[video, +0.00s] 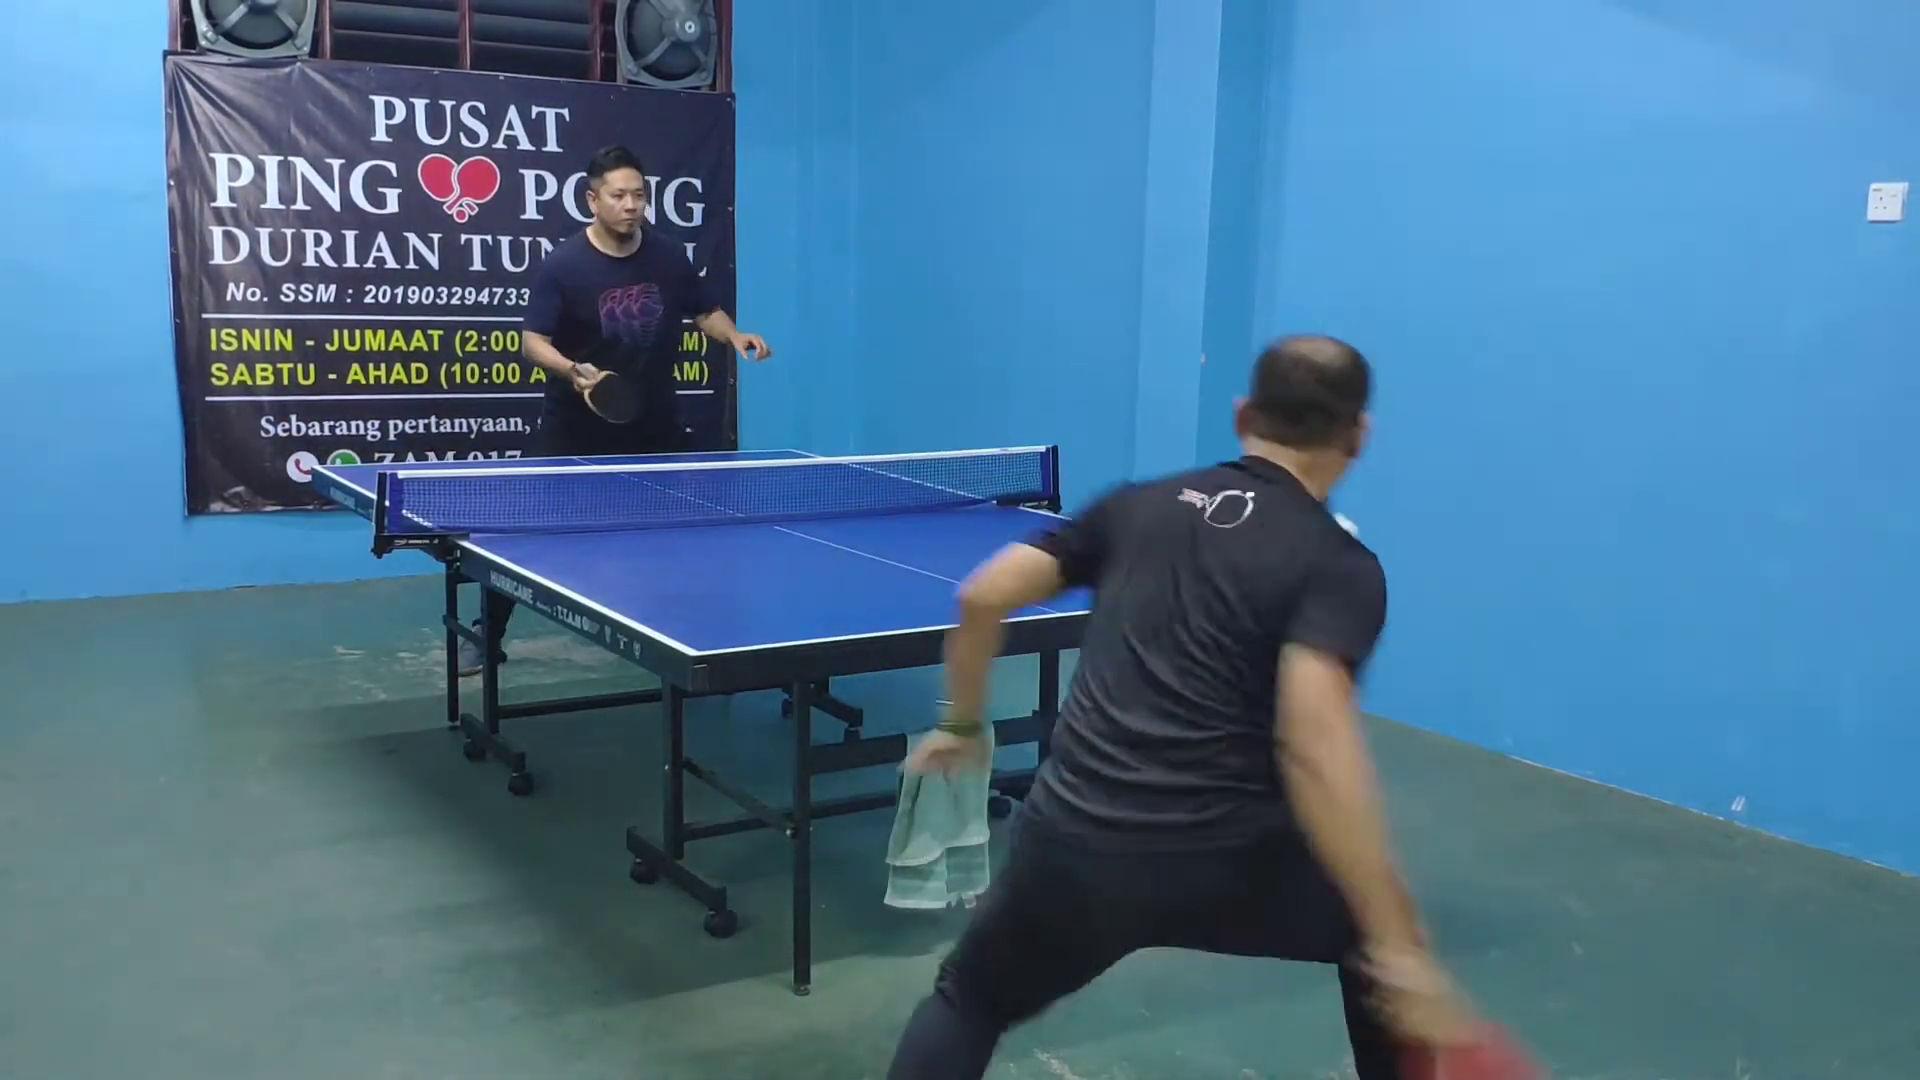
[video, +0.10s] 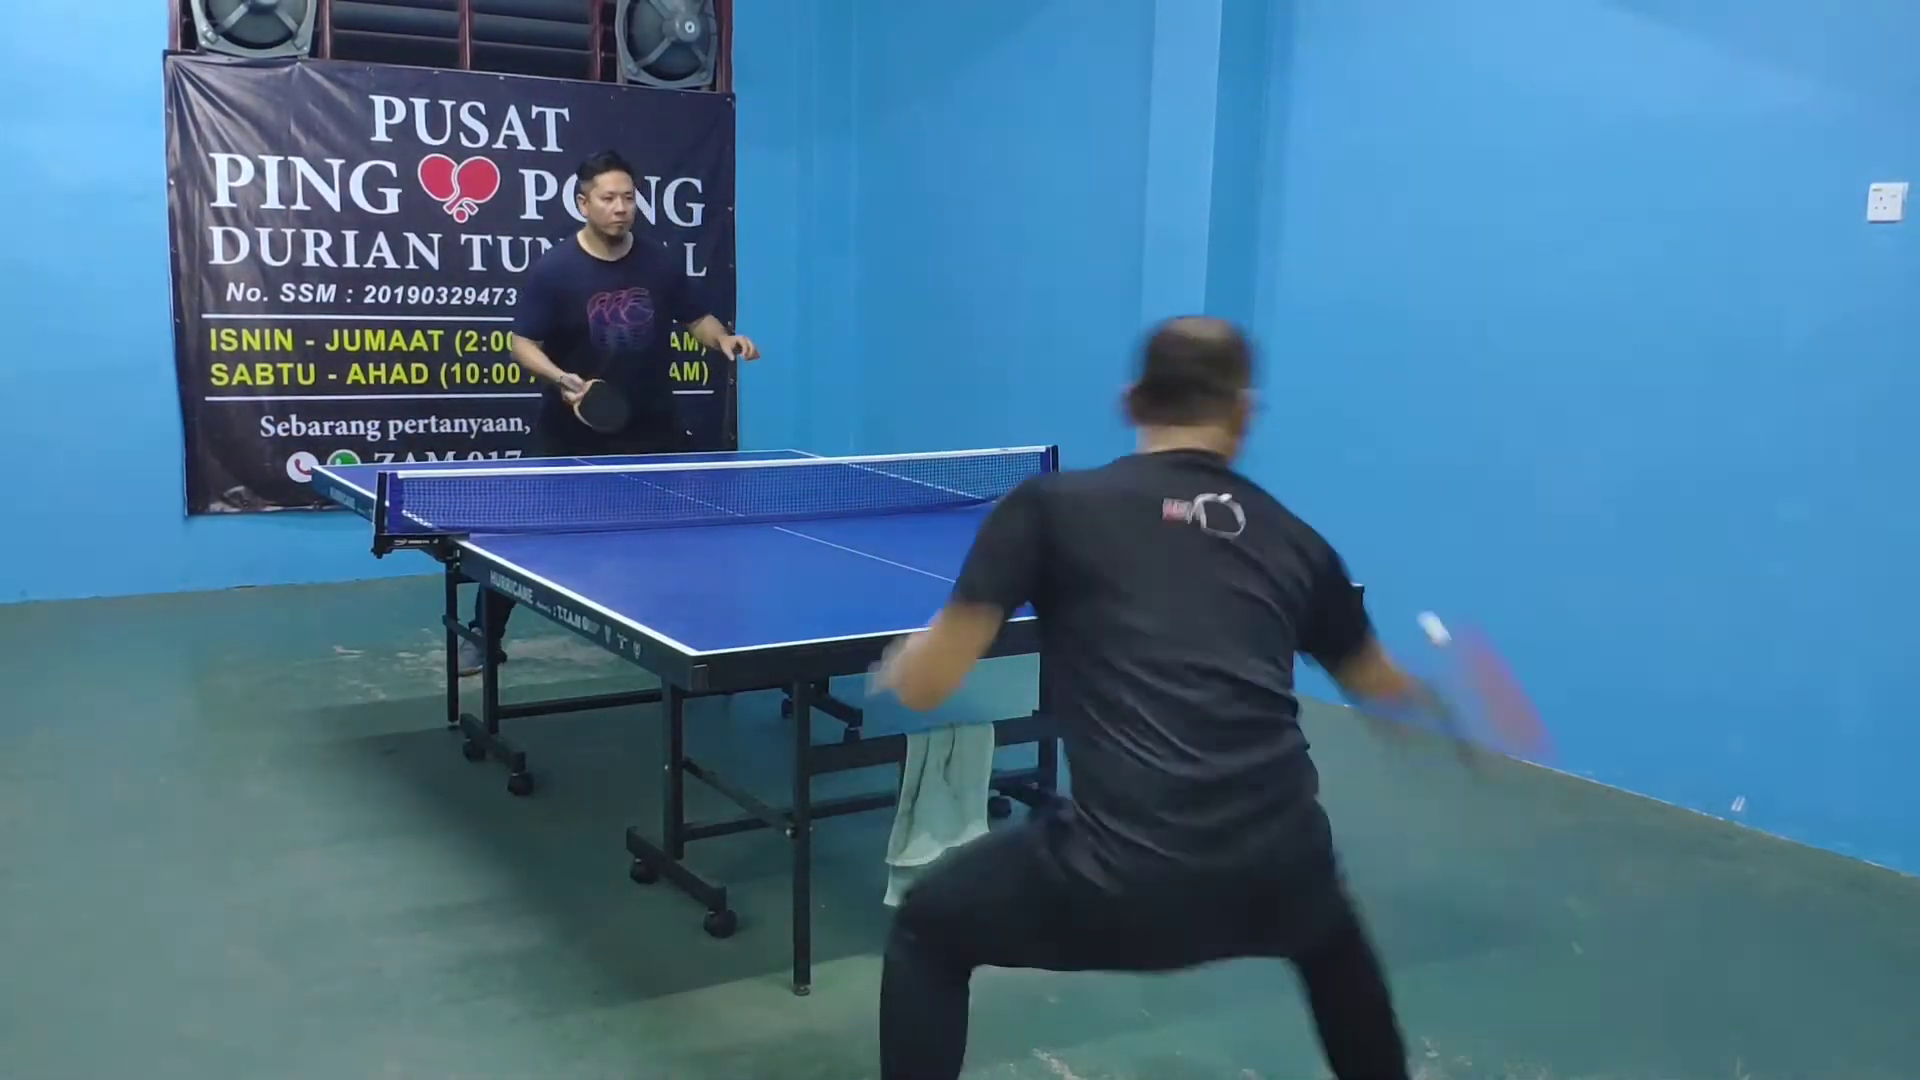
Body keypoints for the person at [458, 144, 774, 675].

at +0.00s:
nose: (631, 204)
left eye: (638, 194)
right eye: (619, 195)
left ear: (646, 198)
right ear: (592, 199)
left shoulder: (666, 254)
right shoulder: (563, 264)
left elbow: (703, 311)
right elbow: (533, 340)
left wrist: (735, 335)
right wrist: (570, 368)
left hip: (655, 422)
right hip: (575, 423)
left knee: (681, 520)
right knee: (527, 520)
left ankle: (692, 643)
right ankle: (489, 634)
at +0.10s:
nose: (621, 207)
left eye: (628, 197)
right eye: (609, 198)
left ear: (636, 201)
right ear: (582, 202)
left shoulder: (656, 259)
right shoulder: (554, 268)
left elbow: (694, 315)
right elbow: (521, 342)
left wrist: (723, 338)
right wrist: (561, 377)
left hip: (652, 427)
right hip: (572, 430)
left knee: (675, 527)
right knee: (526, 528)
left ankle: (690, 646)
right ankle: (488, 636)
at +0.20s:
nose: (610, 207)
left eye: (616, 197)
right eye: (597, 198)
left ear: (623, 201)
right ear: (572, 204)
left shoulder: (647, 260)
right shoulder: (545, 269)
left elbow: (688, 320)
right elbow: (508, 341)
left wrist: (715, 340)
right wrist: (549, 383)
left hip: (647, 427)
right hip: (566, 432)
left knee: (692, 516)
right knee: (522, 529)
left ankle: (702, 640)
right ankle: (485, 638)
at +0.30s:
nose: (593, 204)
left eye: (601, 194)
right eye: (581, 195)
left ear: (614, 200)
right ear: (560, 201)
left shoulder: (639, 257)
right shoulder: (535, 263)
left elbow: (677, 315)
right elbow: (486, 330)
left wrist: (711, 338)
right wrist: (512, 364)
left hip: (635, 424)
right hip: (559, 426)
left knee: (656, 526)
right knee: (516, 526)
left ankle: (673, 637)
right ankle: (478, 634)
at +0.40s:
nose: (555, 210)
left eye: (564, 200)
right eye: (545, 201)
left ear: (584, 204)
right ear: (532, 206)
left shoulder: (622, 255)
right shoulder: (512, 268)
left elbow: (667, 308)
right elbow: (453, 322)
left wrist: (710, 346)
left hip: (623, 417)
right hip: (546, 420)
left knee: (657, 519)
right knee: (494, 511)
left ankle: (681, 638)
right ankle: (455, 626)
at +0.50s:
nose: (505, 221)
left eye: (515, 210)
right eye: (495, 211)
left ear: (536, 210)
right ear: (483, 216)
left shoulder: (582, 257)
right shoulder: (467, 284)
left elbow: (630, 298)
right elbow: (408, 334)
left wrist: (681, 349)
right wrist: (365, 386)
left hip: (605, 427)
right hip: (521, 434)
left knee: (663, 522)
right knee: (471, 524)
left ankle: (695, 639)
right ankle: (436, 636)